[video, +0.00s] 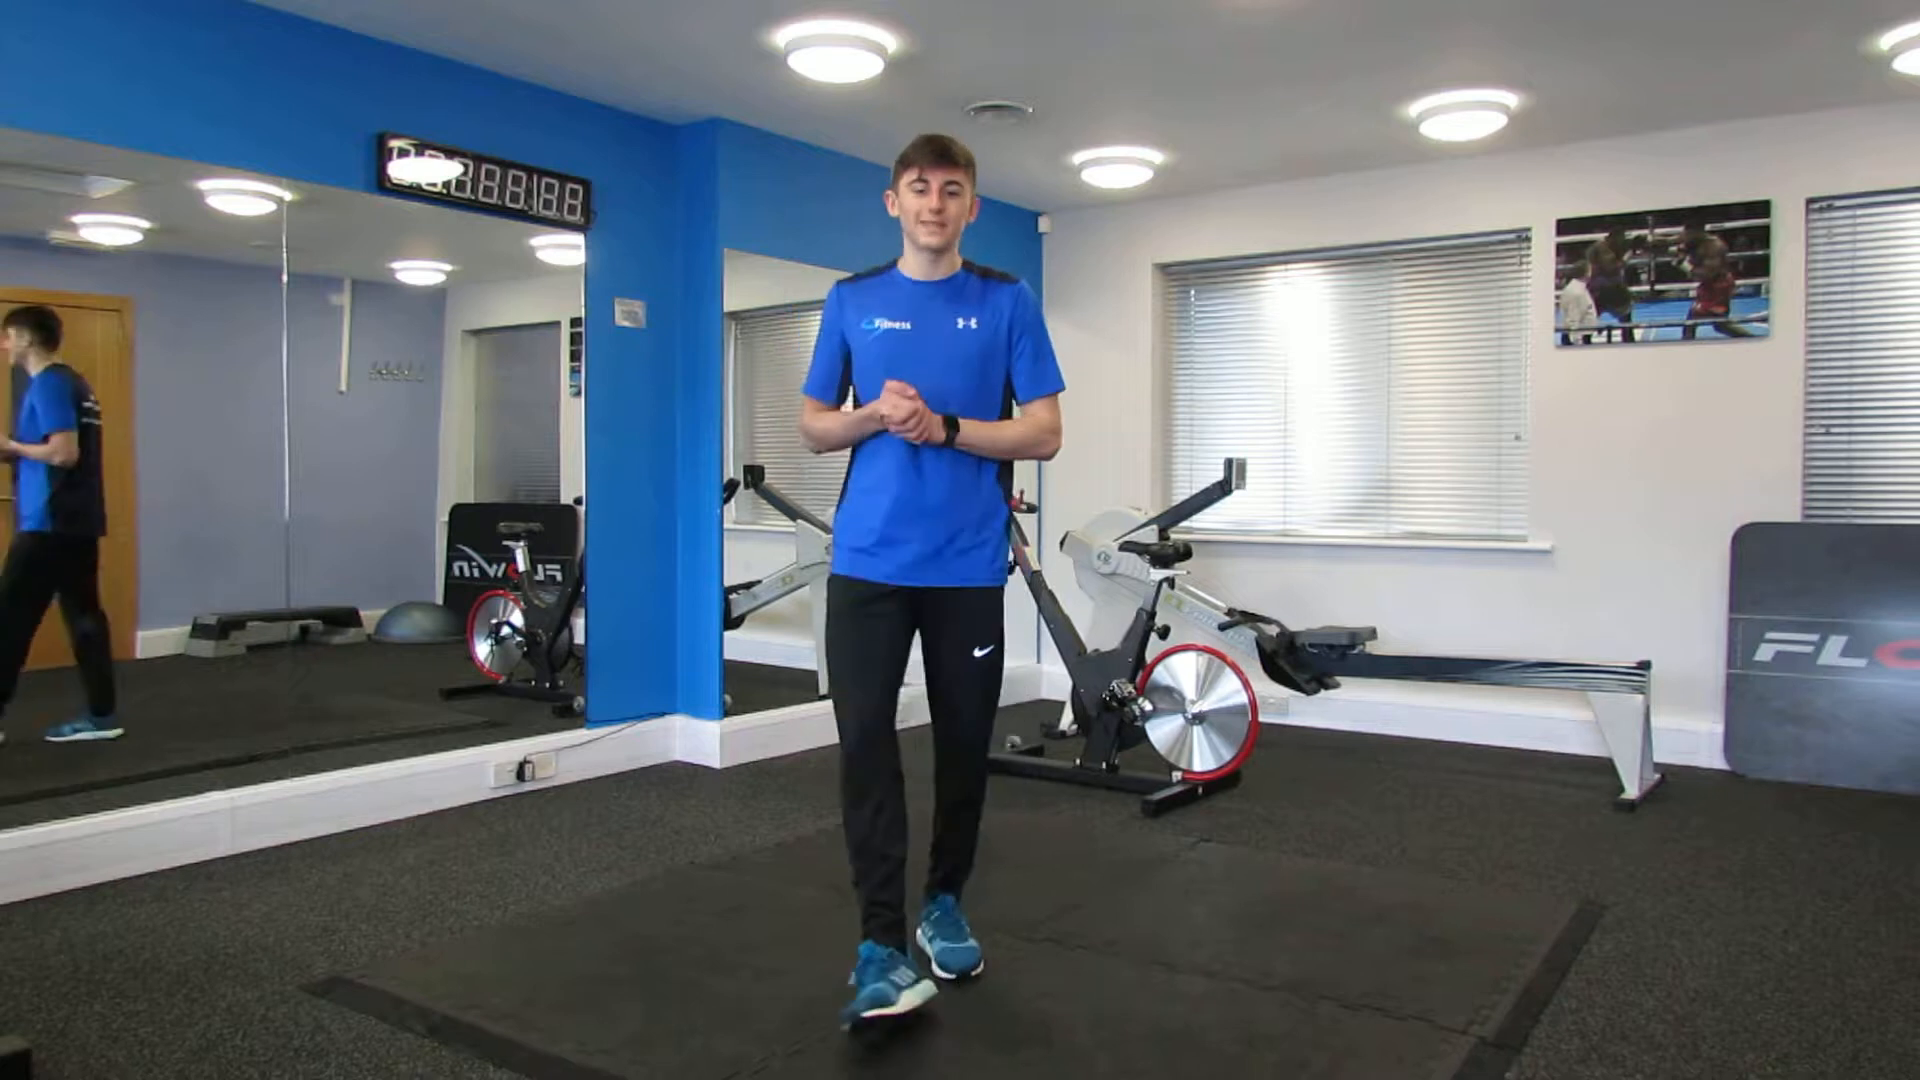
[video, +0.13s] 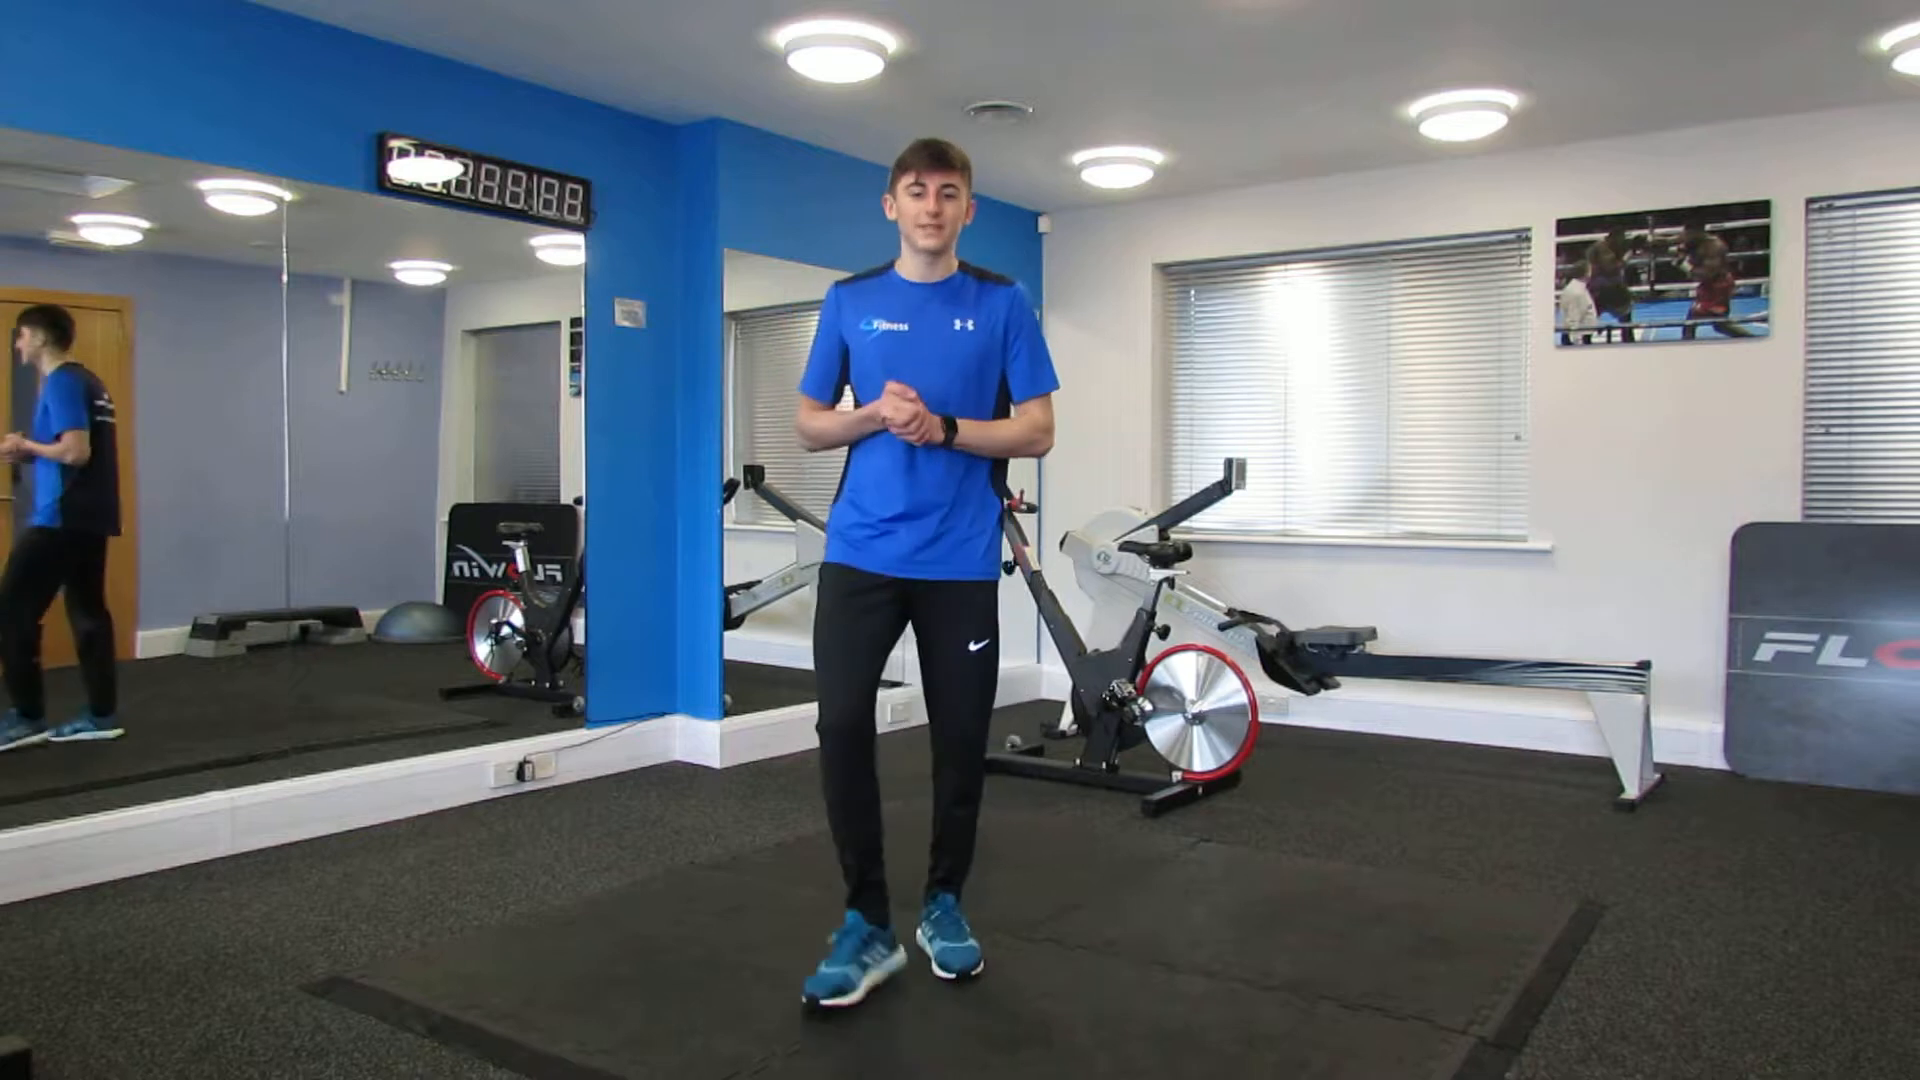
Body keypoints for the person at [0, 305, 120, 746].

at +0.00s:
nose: (5, 347)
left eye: (9, 338)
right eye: (6, 339)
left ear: (27, 340)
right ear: (45, 341)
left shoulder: (48, 384)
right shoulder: (70, 382)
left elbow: (65, 451)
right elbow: (66, 449)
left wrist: (13, 447)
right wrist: (21, 451)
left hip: (46, 529)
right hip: (76, 528)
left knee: (12, 623)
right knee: (85, 616)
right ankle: (102, 714)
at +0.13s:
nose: (17, 345)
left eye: (21, 336)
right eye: (18, 336)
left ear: (40, 337)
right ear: (57, 339)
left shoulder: (61, 381)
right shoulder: (87, 380)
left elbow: (77, 449)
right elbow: (76, 450)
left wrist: (28, 446)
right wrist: (30, 453)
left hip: (57, 523)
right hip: (90, 523)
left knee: (16, 611)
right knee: (89, 613)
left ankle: (27, 715)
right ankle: (103, 714)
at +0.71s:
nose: (38, 337)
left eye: (42, 328)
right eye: (39, 329)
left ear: (62, 331)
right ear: (80, 332)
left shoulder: (84, 378)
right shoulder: (110, 377)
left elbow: (87, 451)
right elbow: (94, 448)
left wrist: (44, 443)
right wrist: (47, 445)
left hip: (95, 523)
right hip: (108, 521)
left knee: (98, 618)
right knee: (97, 616)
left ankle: (122, 720)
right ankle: (101, 713)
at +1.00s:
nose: (40, 335)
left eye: (45, 326)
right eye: (41, 327)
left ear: (65, 328)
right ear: (81, 330)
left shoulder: (91, 376)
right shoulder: (109, 375)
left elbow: (103, 451)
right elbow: (96, 446)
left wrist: (50, 440)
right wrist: (49, 443)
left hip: (98, 524)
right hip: (109, 523)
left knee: (96, 616)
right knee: (104, 615)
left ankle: (124, 719)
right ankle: (117, 715)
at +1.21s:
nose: (41, 335)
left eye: (45, 326)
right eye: (42, 326)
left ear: (65, 328)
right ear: (82, 329)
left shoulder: (91, 377)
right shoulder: (105, 374)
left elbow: (103, 452)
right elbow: (94, 446)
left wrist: (47, 439)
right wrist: (45, 442)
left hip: (97, 524)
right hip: (107, 522)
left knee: (98, 619)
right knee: (102, 617)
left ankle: (124, 720)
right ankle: (117, 716)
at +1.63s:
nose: (32, 337)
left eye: (35, 327)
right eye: (33, 328)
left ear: (52, 328)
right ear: (74, 330)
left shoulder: (73, 378)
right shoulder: (106, 375)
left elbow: (76, 452)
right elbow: (90, 448)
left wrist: (39, 440)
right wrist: (40, 445)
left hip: (87, 523)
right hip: (100, 520)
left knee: (90, 614)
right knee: (62, 604)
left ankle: (125, 720)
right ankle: (84, 707)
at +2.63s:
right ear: (12, 334)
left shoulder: (7, 380)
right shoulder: (40, 384)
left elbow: (3, 444)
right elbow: (51, 456)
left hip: (12, 519)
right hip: (36, 520)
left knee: (22, 613)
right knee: (27, 611)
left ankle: (36, 716)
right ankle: (37, 716)